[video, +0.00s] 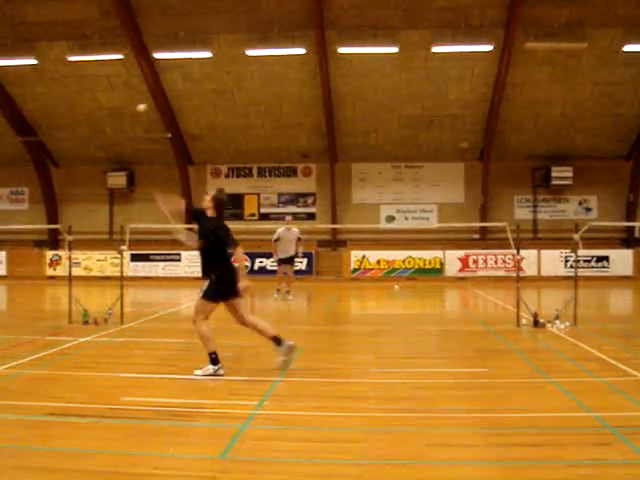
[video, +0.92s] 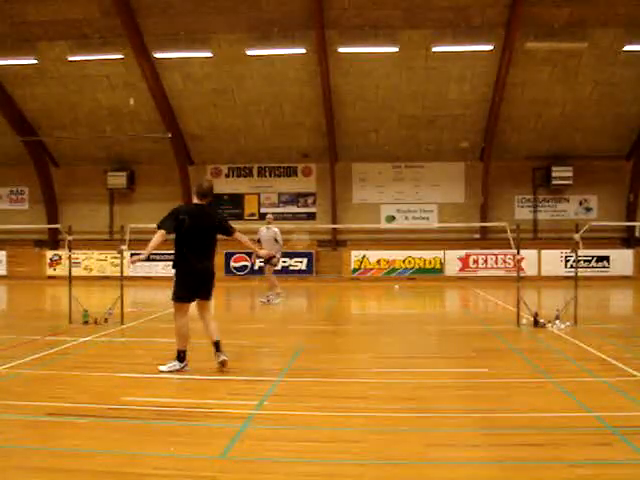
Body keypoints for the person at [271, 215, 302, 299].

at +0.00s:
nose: (288, 224)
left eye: (290, 222)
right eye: (287, 222)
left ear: (293, 223)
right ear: (284, 223)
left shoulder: (296, 232)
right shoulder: (280, 231)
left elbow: (299, 241)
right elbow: (274, 241)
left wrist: (298, 252)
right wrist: (274, 253)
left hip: (291, 254)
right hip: (281, 255)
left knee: (290, 274)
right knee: (280, 273)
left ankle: (288, 291)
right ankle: (278, 290)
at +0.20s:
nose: (287, 227)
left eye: (289, 225)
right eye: (286, 225)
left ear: (292, 226)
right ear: (283, 226)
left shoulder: (295, 236)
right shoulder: (278, 236)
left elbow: (302, 246)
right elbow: (272, 246)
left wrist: (304, 257)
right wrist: (270, 258)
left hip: (291, 259)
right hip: (280, 259)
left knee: (297, 276)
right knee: (279, 276)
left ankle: (297, 294)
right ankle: (273, 295)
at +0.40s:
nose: (293, 236)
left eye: (295, 234)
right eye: (292, 234)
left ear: (296, 235)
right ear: (289, 234)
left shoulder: (299, 245)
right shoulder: (283, 244)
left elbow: (303, 256)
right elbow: (276, 254)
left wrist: (303, 265)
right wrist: (272, 264)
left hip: (293, 263)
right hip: (283, 264)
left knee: (302, 277)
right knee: (282, 277)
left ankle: (310, 296)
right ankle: (273, 295)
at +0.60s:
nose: (286, 235)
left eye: (288, 233)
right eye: (285, 233)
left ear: (290, 234)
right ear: (282, 233)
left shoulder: (294, 244)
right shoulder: (277, 243)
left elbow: (299, 256)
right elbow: (273, 254)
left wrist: (300, 267)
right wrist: (271, 264)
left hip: (291, 265)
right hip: (279, 266)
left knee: (299, 281)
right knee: (274, 276)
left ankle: (311, 296)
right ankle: (270, 296)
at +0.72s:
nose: (278, 227)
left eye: (280, 225)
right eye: (277, 225)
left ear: (283, 227)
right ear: (275, 226)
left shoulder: (285, 237)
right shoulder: (269, 236)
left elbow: (292, 250)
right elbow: (266, 247)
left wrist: (293, 262)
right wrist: (265, 257)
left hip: (283, 260)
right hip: (273, 260)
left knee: (290, 279)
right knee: (270, 278)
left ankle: (304, 292)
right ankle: (270, 297)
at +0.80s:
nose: (275, 224)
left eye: (277, 223)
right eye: (274, 222)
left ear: (279, 224)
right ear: (272, 223)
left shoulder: (281, 234)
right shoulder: (267, 233)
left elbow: (286, 246)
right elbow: (262, 245)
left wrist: (287, 257)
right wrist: (261, 257)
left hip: (280, 257)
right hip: (270, 258)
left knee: (282, 276)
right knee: (270, 278)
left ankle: (297, 289)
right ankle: (270, 297)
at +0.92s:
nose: (269, 221)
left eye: (270, 219)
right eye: (267, 219)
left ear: (273, 220)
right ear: (265, 220)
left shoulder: (275, 231)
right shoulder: (261, 230)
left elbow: (280, 243)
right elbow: (258, 243)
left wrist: (275, 252)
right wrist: (254, 255)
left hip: (275, 253)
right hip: (266, 253)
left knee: (268, 273)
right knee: (268, 273)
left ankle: (278, 291)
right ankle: (271, 293)